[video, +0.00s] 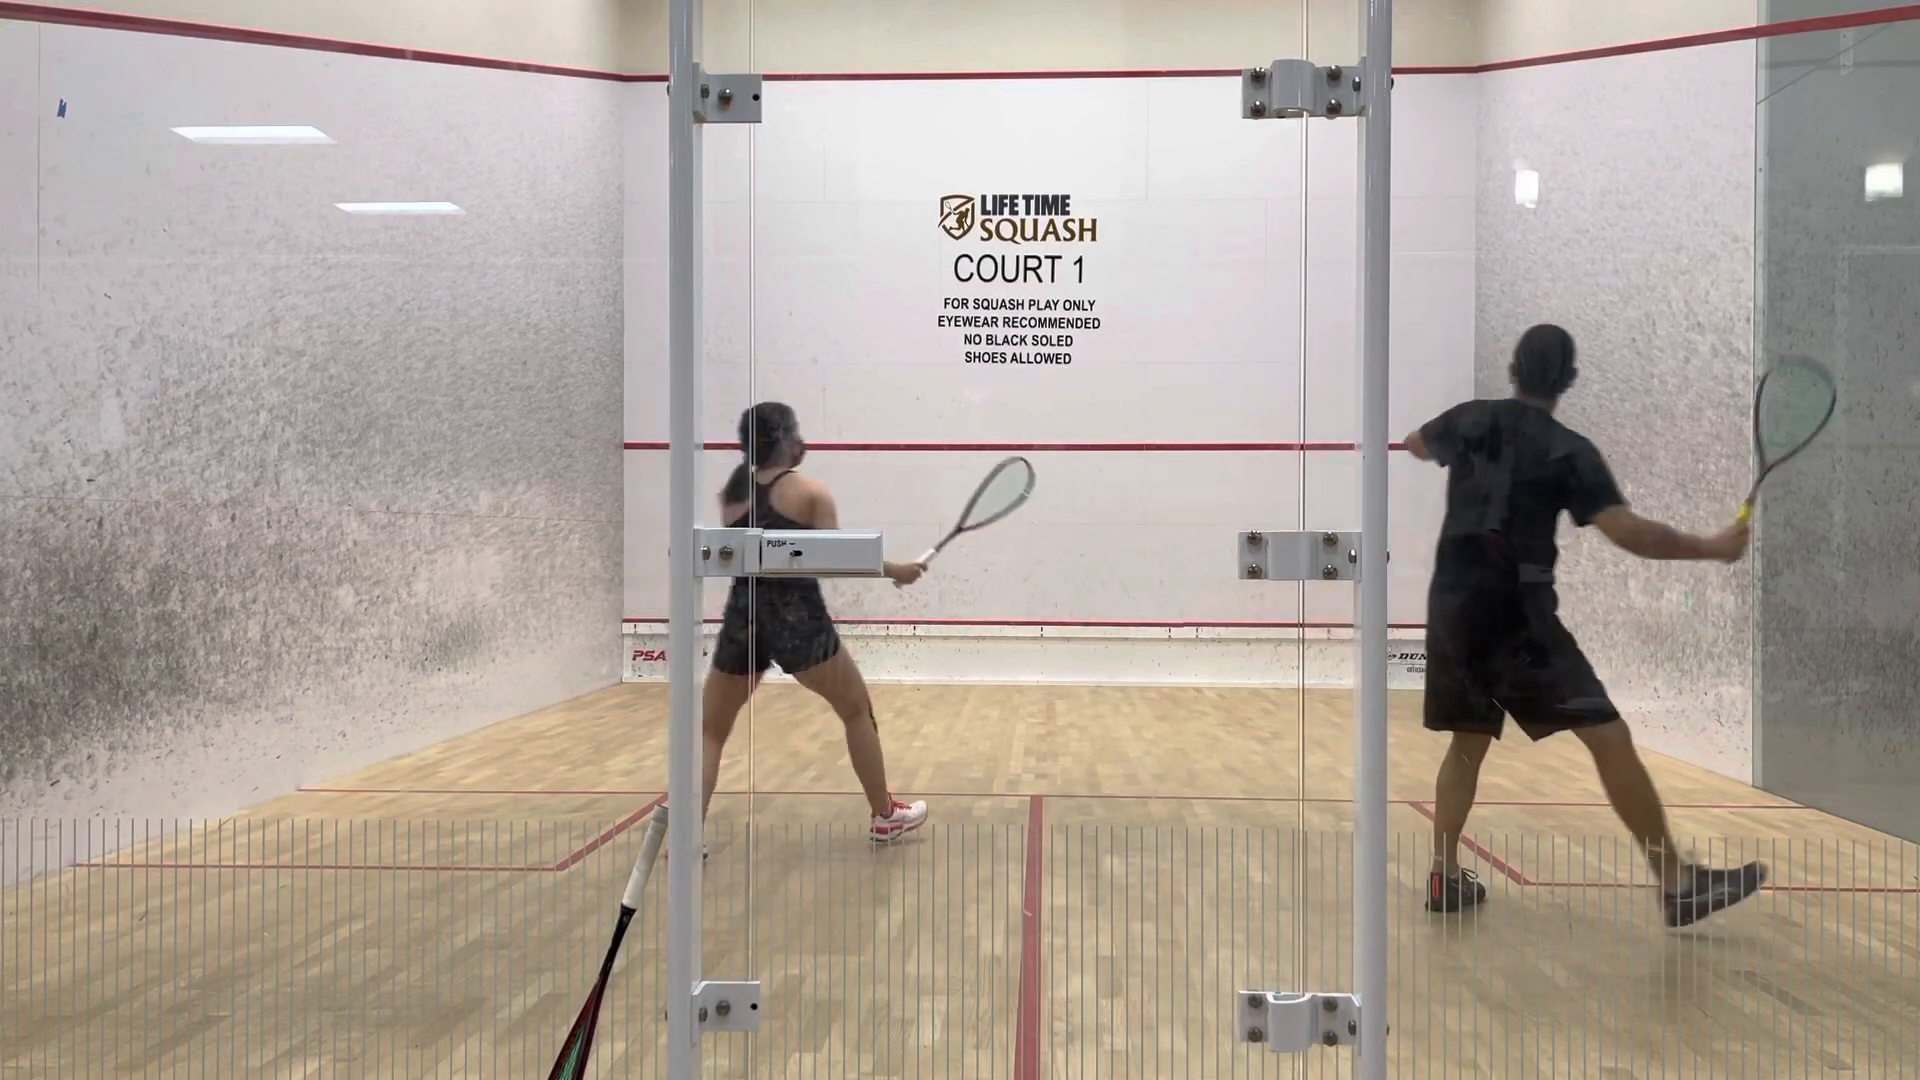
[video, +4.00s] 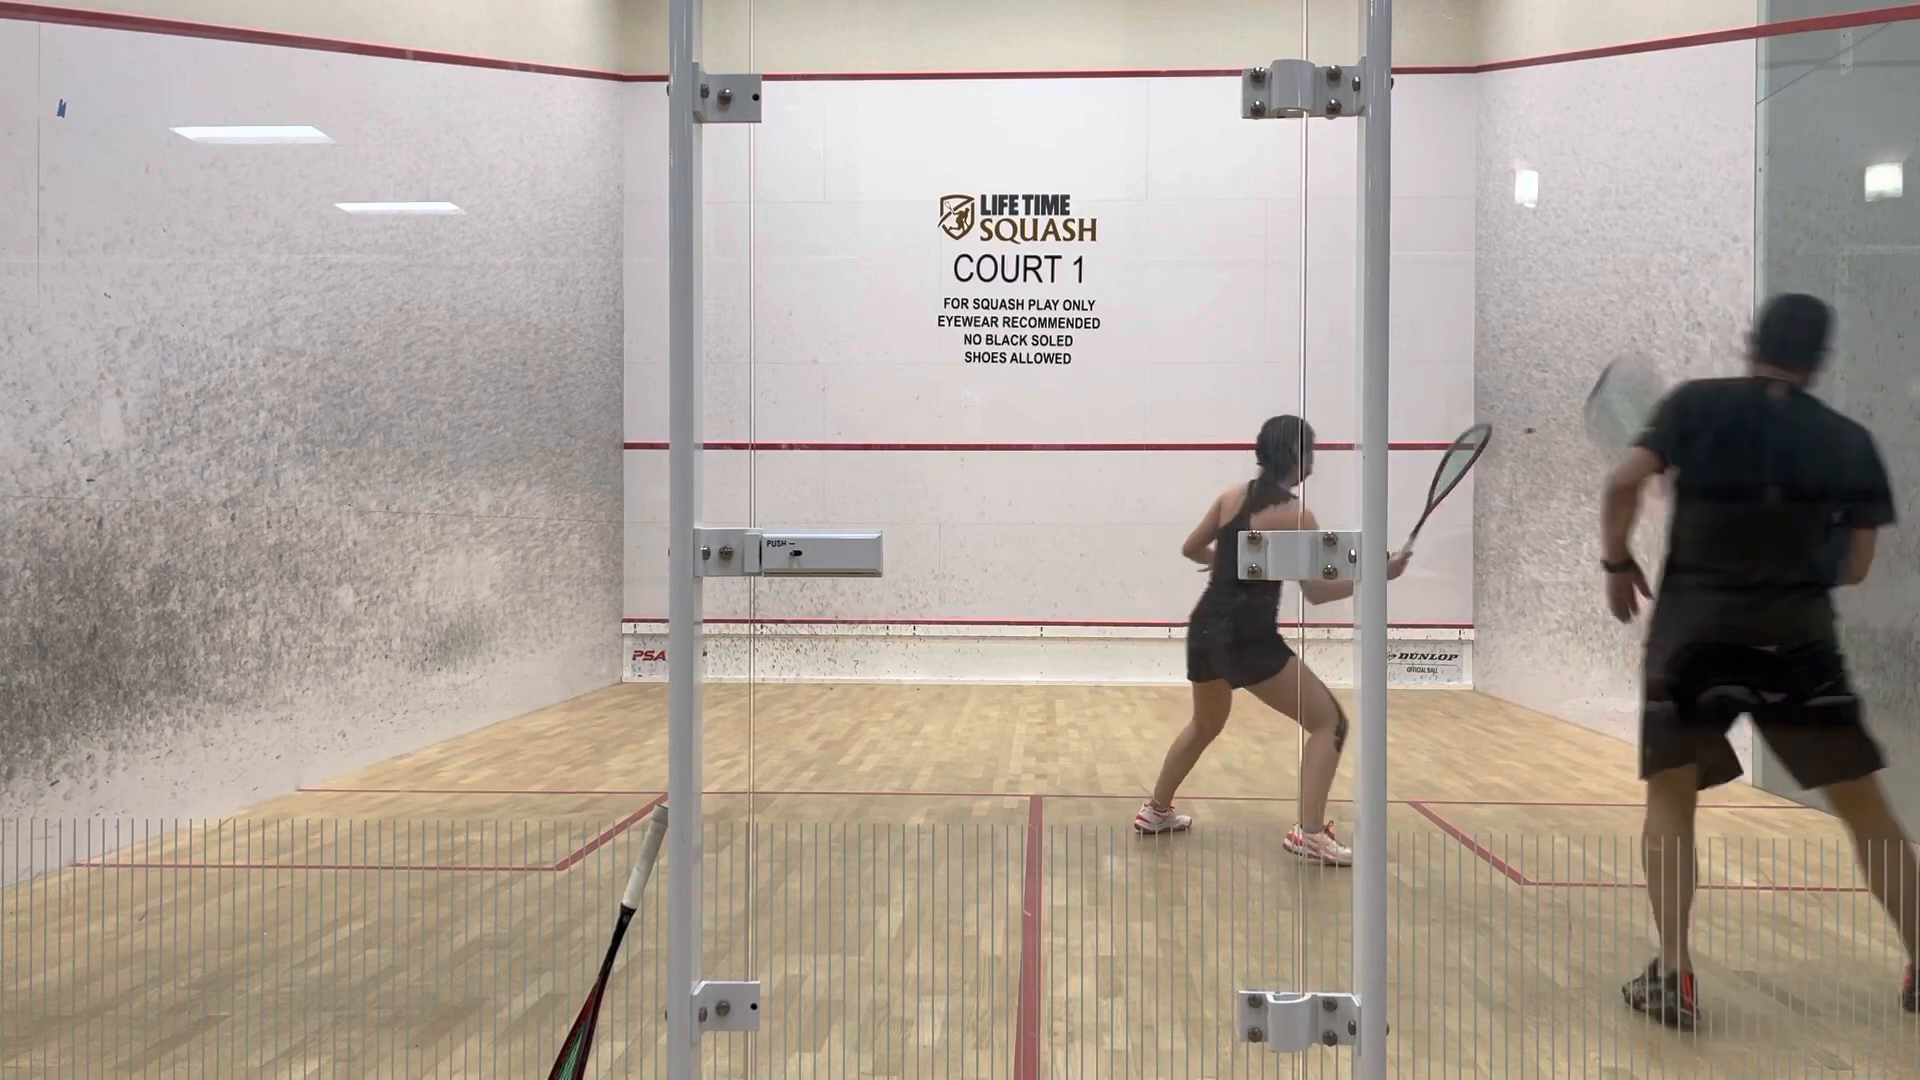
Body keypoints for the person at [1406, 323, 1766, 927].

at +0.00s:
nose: (1545, 377)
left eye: (1526, 366)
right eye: (1560, 369)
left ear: (1513, 370)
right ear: (1568, 379)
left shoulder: (1472, 420)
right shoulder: (1567, 450)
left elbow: (1415, 445)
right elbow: (1630, 532)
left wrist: (1445, 439)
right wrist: (1712, 545)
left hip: (1455, 619)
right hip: (1523, 621)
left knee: (1467, 738)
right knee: (1608, 736)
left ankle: (1443, 875)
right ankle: (1676, 879)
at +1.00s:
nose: (1817, 336)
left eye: (1797, 320)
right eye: (1838, 329)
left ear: (1780, 325)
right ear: (1843, 334)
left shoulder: (1727, 387)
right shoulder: (1868, 407)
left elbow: (1646, 463)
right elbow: (1872, 509)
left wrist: (1664, 508)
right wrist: (1880, 611)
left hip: (1731, 607)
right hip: (1822, 612)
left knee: (1730, 736)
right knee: (1824, 745)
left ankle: (1723, 893)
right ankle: (1787, 893)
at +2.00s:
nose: (1835, 377)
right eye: (1840, 370)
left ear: (1779, 358)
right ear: (1836, 374)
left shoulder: (1720, 409)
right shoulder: (1821, 428)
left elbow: (1657, 492)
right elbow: (1829, 524)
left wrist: (1699, 544)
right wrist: (1897, 616)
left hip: (1696, 619)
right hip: (1773, 622)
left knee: (1696, 744)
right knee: (1820, 761)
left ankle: (1664, 893)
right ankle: (1848, 917)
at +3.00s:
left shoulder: (1908, 469)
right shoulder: (1896, 444)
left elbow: (1867, 552)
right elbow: (1817, 492)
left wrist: (1901, 626)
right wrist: (1899, 532)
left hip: (1826, 630)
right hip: (1776, 628)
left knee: (1880, 759)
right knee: (1826, 779)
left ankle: (1892, 919)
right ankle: (1668, 861)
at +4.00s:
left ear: (1754, 344)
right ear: (1819, 359)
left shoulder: (1696, 403)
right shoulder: (1848, 440)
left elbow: (1622, 484)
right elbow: (1856, 564)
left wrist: (1617, 561)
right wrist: (1786, 564)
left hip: (1692, 639)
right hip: (1798, 648)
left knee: (1669, 802)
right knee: (1867, 811)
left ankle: (1672, 973)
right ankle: (1917, 964)